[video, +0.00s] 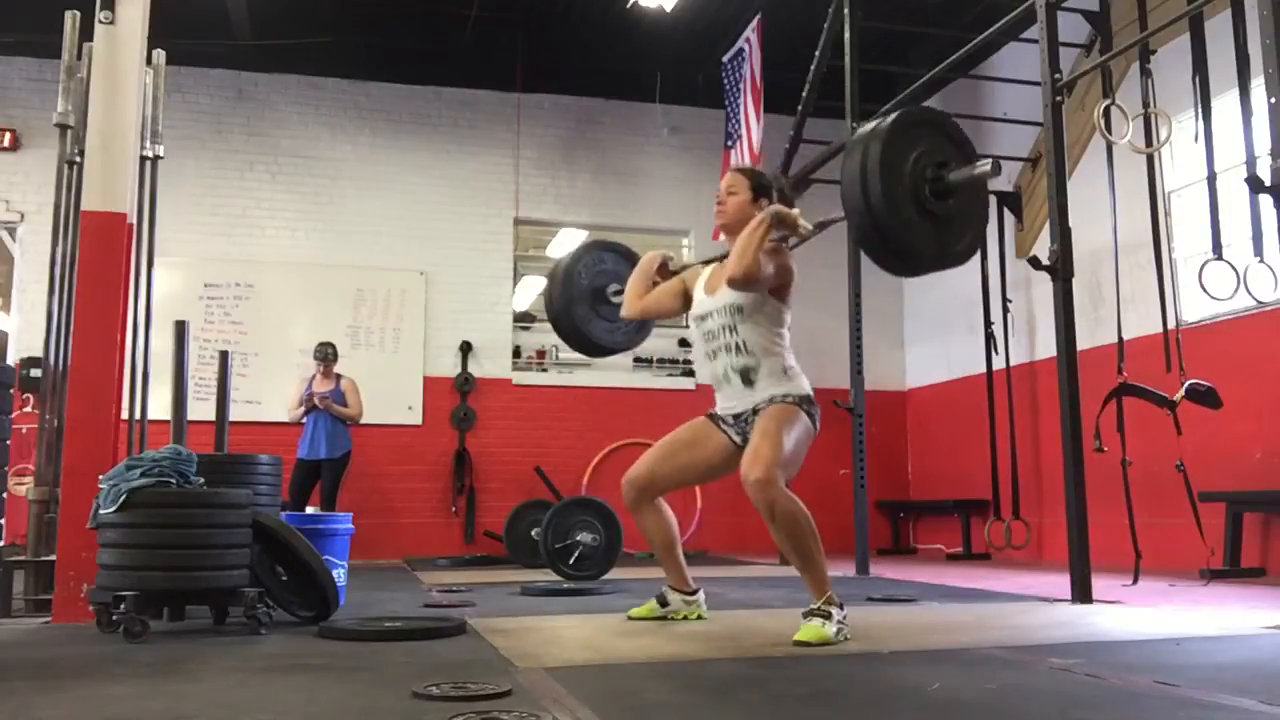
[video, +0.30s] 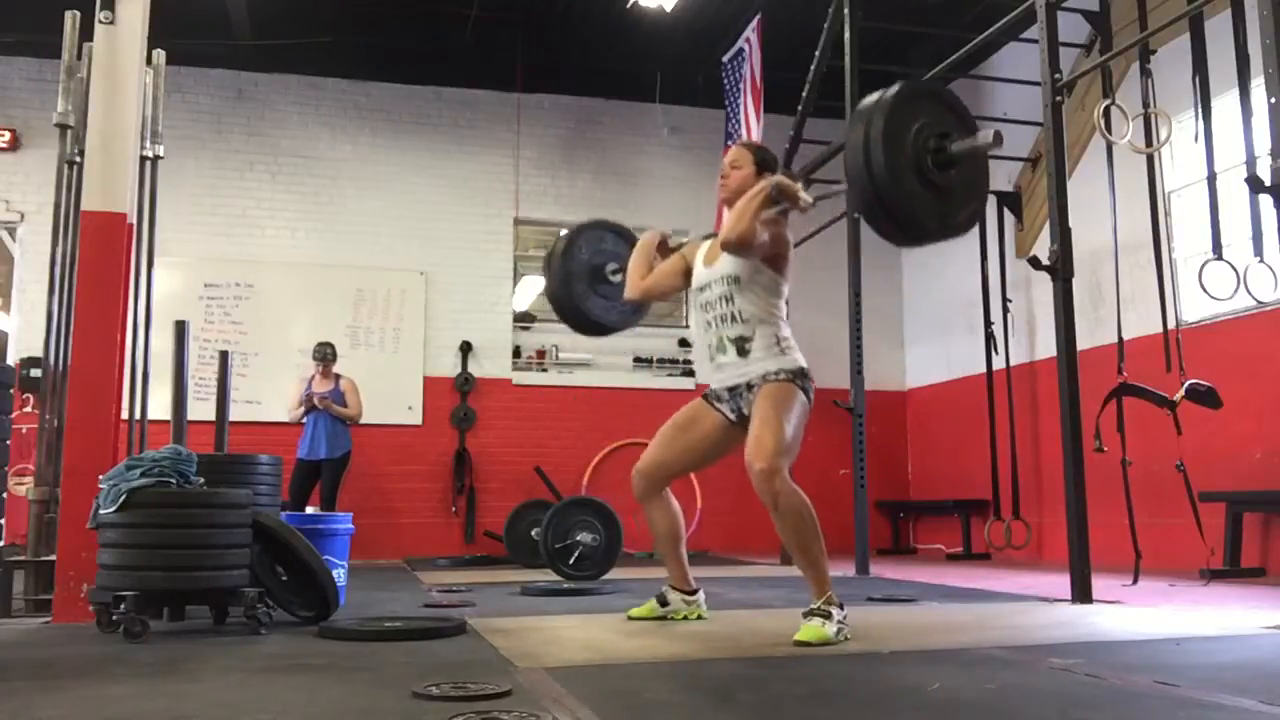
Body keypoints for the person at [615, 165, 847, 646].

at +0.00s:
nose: (719, 199)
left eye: (731, 192)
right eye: (719, 192)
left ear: (762, 207)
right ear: (720, 210)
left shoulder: (775, 262)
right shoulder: (697, 277)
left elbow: (740, 272)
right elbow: (633, 306)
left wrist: (768, 217)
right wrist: (652, 258)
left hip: (785, 404)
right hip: (729, 418)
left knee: (760, 478)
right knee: (637, 486)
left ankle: (826, 606)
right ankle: (683, 596)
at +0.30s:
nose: (723, 172)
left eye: (736, 165)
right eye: (722, 165)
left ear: (763, 182)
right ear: (722, 183)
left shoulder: (772, 232)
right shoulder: (697, 252)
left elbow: (733, 235)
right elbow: (636, 288)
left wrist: (770, 186)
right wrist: (649, 239)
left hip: (777, 377)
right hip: (725, 392)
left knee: (765, 468)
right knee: (646, 478)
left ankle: (826, 605)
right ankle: (683, 595)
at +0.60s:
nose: (732, 128)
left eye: (745, 122)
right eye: (732, 121)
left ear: (766, 146)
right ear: (724, 137)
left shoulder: (770, 188)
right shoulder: (691, 202)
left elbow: (738, 185)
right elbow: (628, 234)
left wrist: (769, 131)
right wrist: (651, 184)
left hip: (755, 339)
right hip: (704, 348)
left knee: (756, 455)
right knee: (681, 469)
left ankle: (809, 593)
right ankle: (685, 591)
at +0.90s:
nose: (729, 136)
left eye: (741, 130)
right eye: (729, 129)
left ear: (768, 150)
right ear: (728, 145)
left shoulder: (783, 203)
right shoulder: (702, 214)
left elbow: (743, 203)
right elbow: (640, 247)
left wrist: (775, 154)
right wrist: (657, 199)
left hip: (768, 348)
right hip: (716, 356)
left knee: (752, 467)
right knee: (682, 468)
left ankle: (799, 600)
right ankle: (685, 593)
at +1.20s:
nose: (728, 127)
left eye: (739, 119)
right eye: (727, 120)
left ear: (770, 135)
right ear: (730, 134)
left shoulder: (781, 189)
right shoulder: (703, 201)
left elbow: (745, 188)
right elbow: (642, 235)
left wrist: (784, 139)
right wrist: (659, 185)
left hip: (767, 335)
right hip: (716, 342)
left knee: (761, 460)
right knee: (708, 468)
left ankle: (800, 600)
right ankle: (716, 593)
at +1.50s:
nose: (724, 125)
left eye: (736, 118)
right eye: (724, 118)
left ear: (766, 135)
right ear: (725, 132)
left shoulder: (778, 184)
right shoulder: (697, 197)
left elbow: (743, 185)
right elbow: (632, 227)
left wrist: (779, 137)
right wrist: (655, 179)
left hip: (764, 336)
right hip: (711, 343)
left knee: (769, 462)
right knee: (705, 465)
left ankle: (800, 600)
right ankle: (716, 592)